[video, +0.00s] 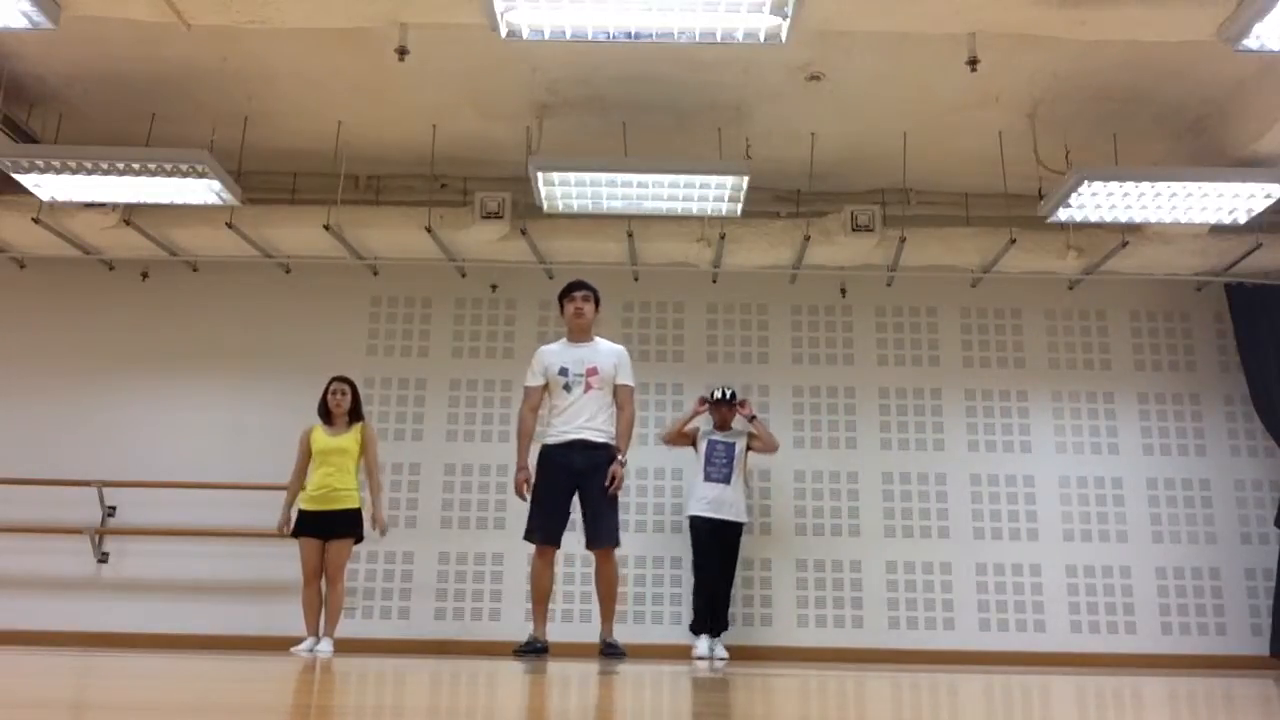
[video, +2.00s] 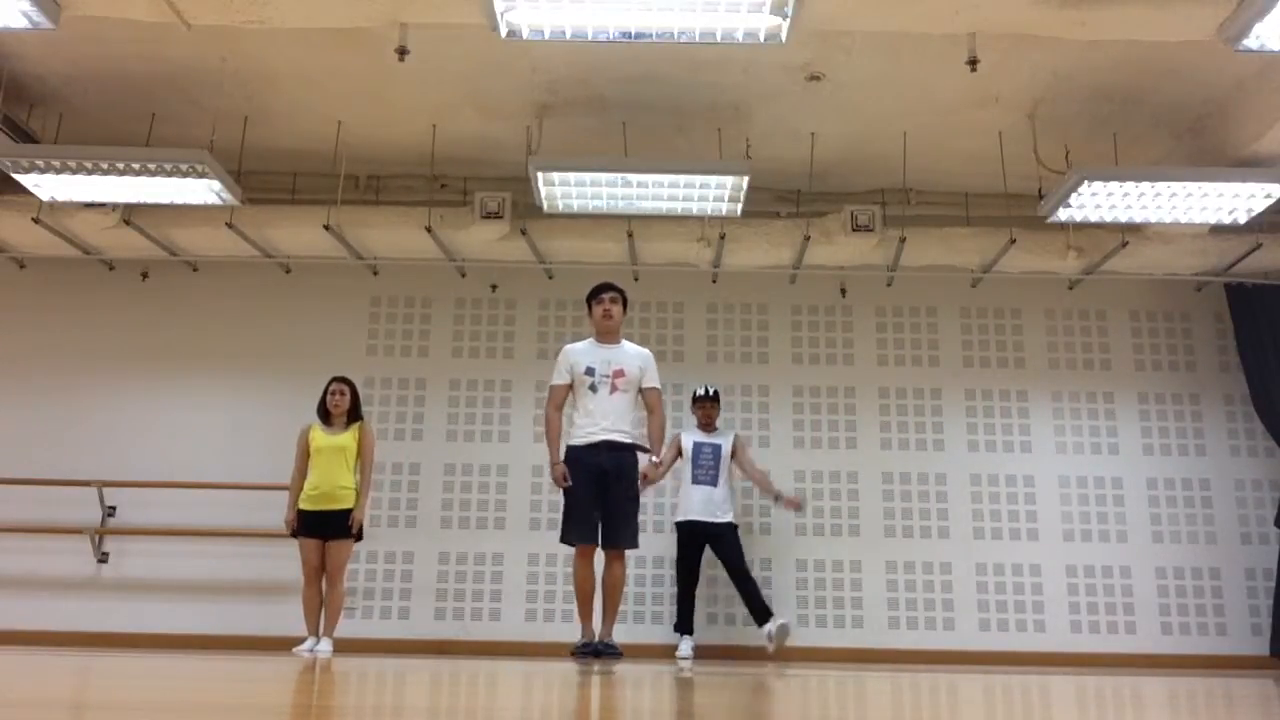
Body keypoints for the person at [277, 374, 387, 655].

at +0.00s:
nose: (337, 397)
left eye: (343, 393)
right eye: (333, 393)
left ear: (353, 399)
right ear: (325, 398)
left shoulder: (363, 431)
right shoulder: (311, 433)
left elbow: (373, 473)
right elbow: (298, 475)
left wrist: (377, 510)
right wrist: (286, 509)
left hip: (344, 509)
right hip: (310, 508)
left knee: (334, 576)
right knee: (310, 577)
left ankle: (328, 637)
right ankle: (311, 636)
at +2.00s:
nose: (336, 398)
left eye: (342, 394)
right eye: (332, 393)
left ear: (352, 399)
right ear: (325, 398)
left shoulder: (362, 431)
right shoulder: (309, 432)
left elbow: (366, 472)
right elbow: (299, 473)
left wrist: (360, 507)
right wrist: (291, 507)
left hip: (342, 508)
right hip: (309, 507)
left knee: (334, 576)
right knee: (311, 575)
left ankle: (327, 637)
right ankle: (311, 636)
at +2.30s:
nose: (337, 403)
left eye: (343, 399)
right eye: (333, 399)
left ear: (352, 405)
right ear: (325, 404)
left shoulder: (360, 437)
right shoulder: (309, 433)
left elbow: (364, 474)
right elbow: (293, 467)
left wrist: (369, 507)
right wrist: (299, 502)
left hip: (347, 512)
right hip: (315, 513)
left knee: (338, 578)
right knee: (316, 577)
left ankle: (328, 637)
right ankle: (314, 636)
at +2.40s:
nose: (337, 404)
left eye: (342, 400)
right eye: (333, 399)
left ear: (352, 406)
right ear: (325, 404)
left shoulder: (360, 435)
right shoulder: (313, 431)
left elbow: (374, 468)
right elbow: (290, 448)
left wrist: (397, 469)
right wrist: (298, 446)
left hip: (342, 513)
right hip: (311, 513)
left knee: (333, 576)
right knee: (297, 567)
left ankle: (326, 637)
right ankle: (306, 631)